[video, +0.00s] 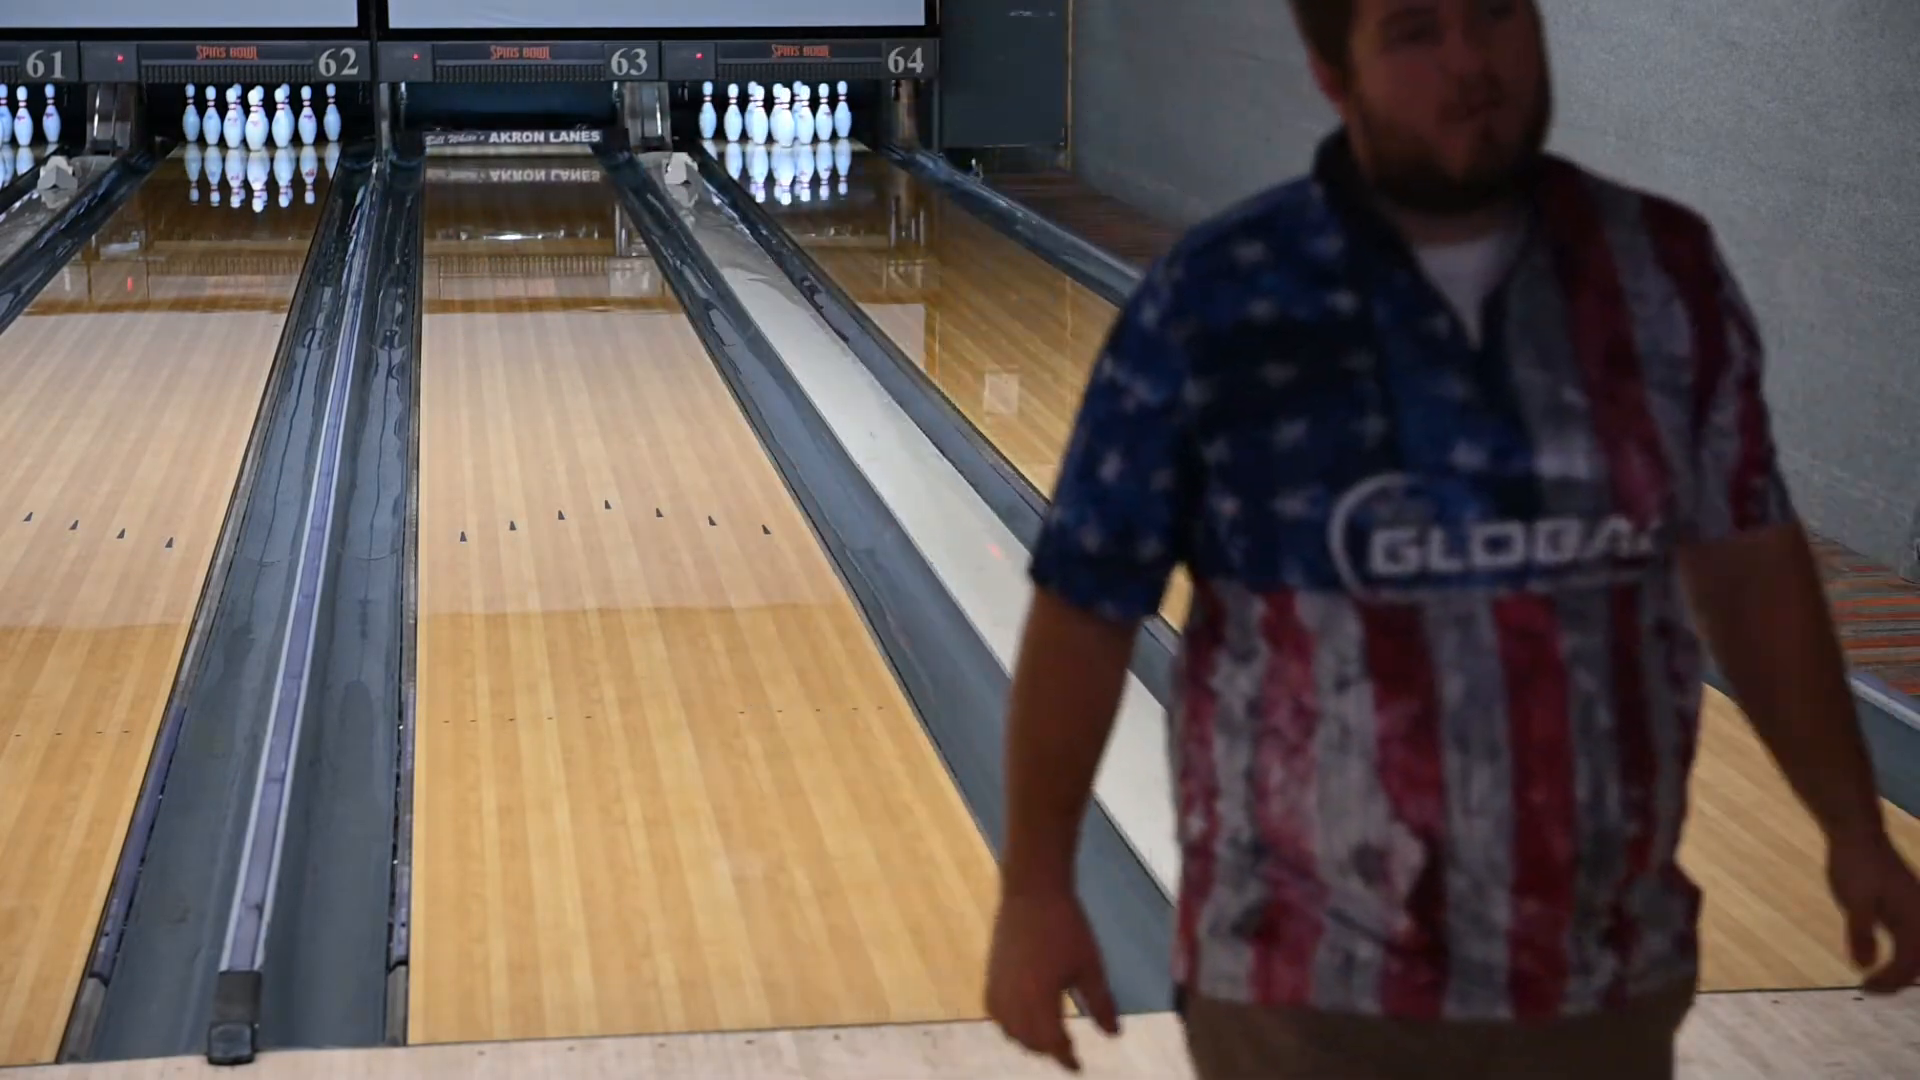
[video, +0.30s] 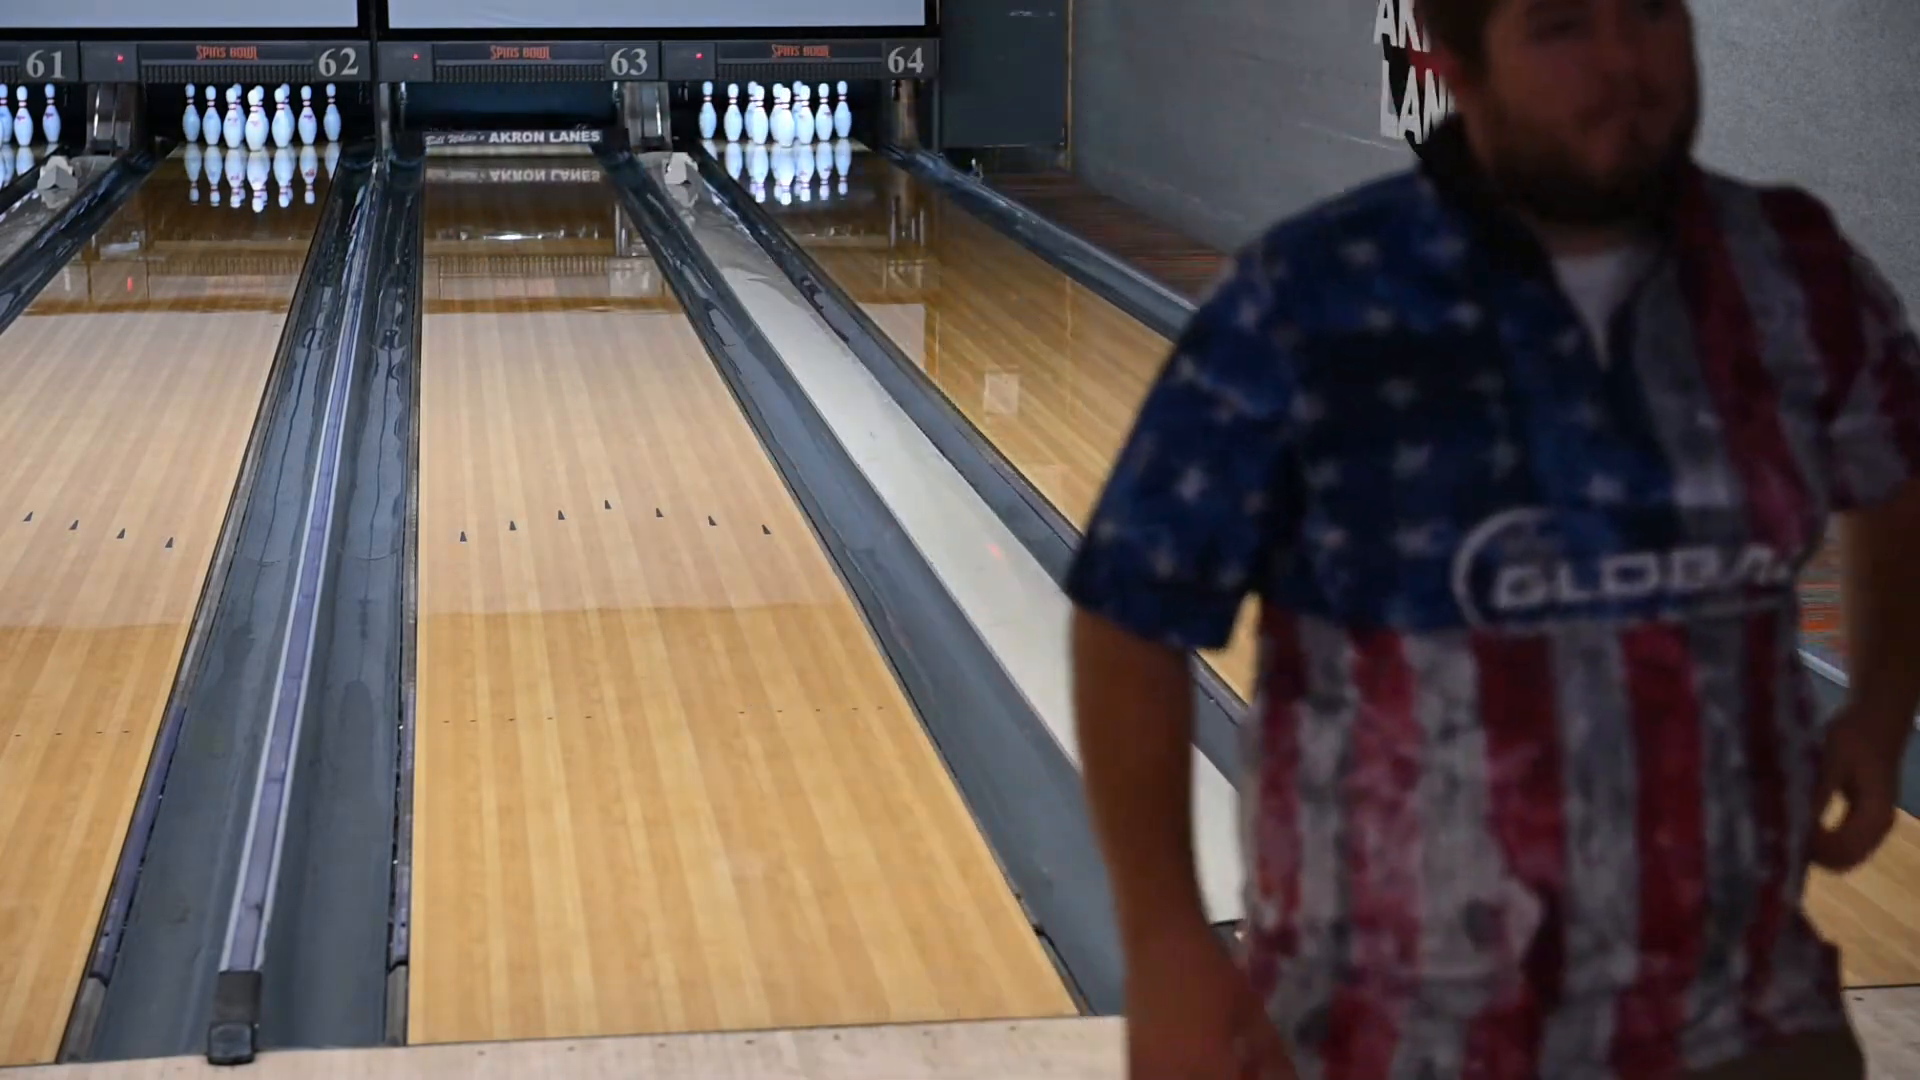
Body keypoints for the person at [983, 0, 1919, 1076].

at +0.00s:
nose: (1471, 65)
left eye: (1497, 18)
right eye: (1414, 33)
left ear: (1542, 34)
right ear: (1332, 74)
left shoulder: (1660, 269)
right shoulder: (1212, 301)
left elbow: (1747, 558)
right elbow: (1082, 598)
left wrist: (1854, 825)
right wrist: (1035, 887)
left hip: (1592, 961)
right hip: (1304, 969)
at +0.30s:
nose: (1622, 62)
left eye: (1648, 12)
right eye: (1559, 26)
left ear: (1692, 27)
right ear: (1449, 67)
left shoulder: (1786, 263)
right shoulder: (1305, 302)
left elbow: (1897, 473)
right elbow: (1126, 610)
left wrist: (1879, 713)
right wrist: (1165, 953)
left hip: (1736, 1001)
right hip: (1398, 1021)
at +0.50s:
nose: (1790, 124)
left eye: (1818, 74)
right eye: (1729, 81)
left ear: (1848, 88)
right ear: (1598, 113)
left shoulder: (1901, 331)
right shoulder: (1424, 357)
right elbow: (1180, 662)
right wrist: (1288, 1008)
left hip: (1873, 1032)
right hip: (1517, 1040)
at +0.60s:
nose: (1903, 125)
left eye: (1917, 76)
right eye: (1844, 78)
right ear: (1697, 107)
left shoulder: (1905, 360)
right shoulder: (1495, 357)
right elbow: (1226, 654)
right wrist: (1334, 1009)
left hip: (1891, 1038)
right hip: (1575, 1044)